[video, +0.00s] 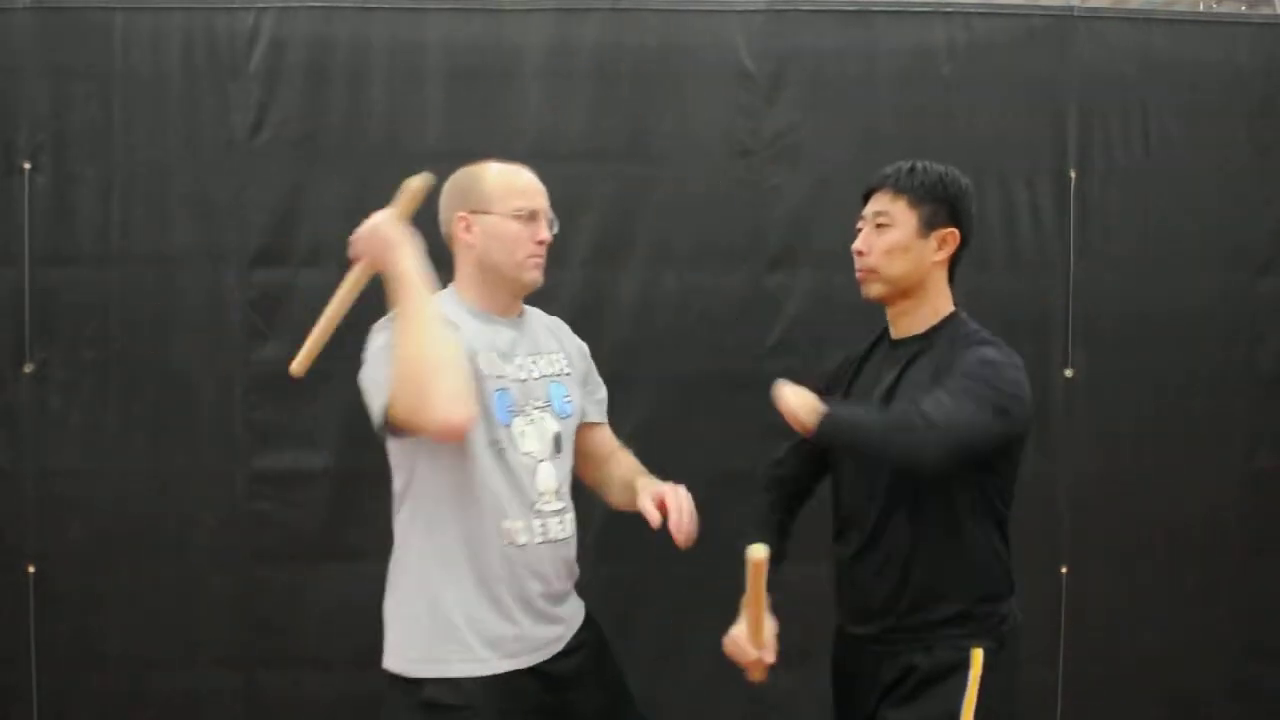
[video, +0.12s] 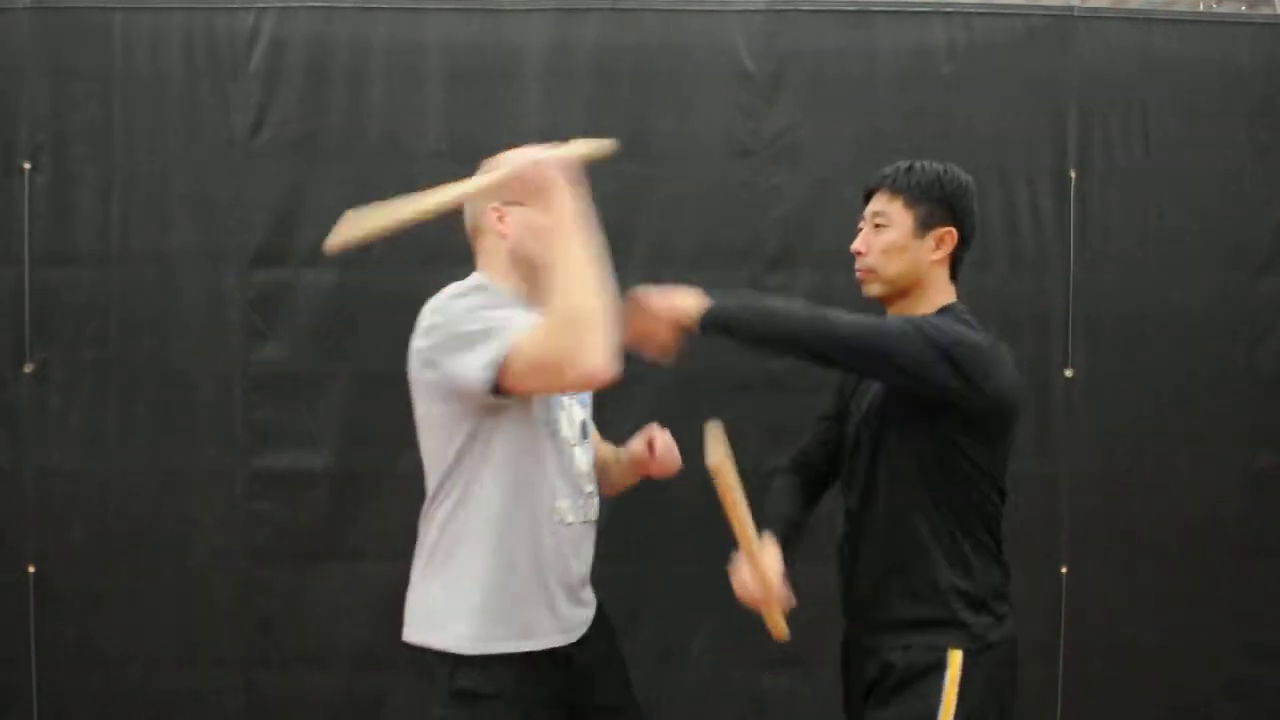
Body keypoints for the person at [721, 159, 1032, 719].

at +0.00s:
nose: (858, 245)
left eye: (881, 227)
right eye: (860, 229)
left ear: (942, 244)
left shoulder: (991, 369)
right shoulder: (855, 371)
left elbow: (929, 438)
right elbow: (782, 483)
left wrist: (825, 420)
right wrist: (756, 598)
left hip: (955, 654)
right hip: (863, 651)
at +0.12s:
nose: (857, 246)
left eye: (879, 227)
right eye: (862, 228)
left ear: (941, 243)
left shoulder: (968, 354)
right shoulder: (879, 361)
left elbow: (832, 332)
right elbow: (805, 469)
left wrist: (702, 308)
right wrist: (768, 540)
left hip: (950, 654)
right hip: (876, 648)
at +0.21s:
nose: (855, 244)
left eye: (878, 226)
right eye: (862, 226)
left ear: (939, 243)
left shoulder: (961, 350)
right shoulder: (890, 354)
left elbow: (818, 319)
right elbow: (814, 427)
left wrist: (705, 280)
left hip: (939, 649)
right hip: (885, 643)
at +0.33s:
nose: (859, 245)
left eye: (877, 227)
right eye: (867, 226)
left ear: (934, 246)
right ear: (930, 248)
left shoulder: (944, 348)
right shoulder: (925, 344)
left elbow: (777, 362)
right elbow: (784, 390)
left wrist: (791, 257)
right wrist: (744, 270)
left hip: (911, 647)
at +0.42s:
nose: (861, 250)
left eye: (876, 231)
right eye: (868, 231)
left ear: (927, 251)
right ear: (928, 252)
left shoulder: (931, 358)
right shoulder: (969, 345)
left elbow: (753, 400)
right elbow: (809, 378)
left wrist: (795, 327)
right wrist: (786, 276)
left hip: (896, 652)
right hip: (943, 641)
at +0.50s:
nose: (861, 248)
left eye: (872, 233)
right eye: (867, 232)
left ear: (918, 253)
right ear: (924, 255)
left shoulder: (894, 368)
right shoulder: (988, 358)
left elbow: (737, 451)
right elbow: (840, 411)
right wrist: (836, 283)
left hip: (883, 658)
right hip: (964, 645)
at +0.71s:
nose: (848, 246)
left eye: (862, 234)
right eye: (856, 231)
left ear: (909, 254)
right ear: (913, 254)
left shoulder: (883, 378)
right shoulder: (989, 365)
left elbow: (754, 487)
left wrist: (697, 447)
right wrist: (742, 459)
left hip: (892, 661)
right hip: (969, 648)